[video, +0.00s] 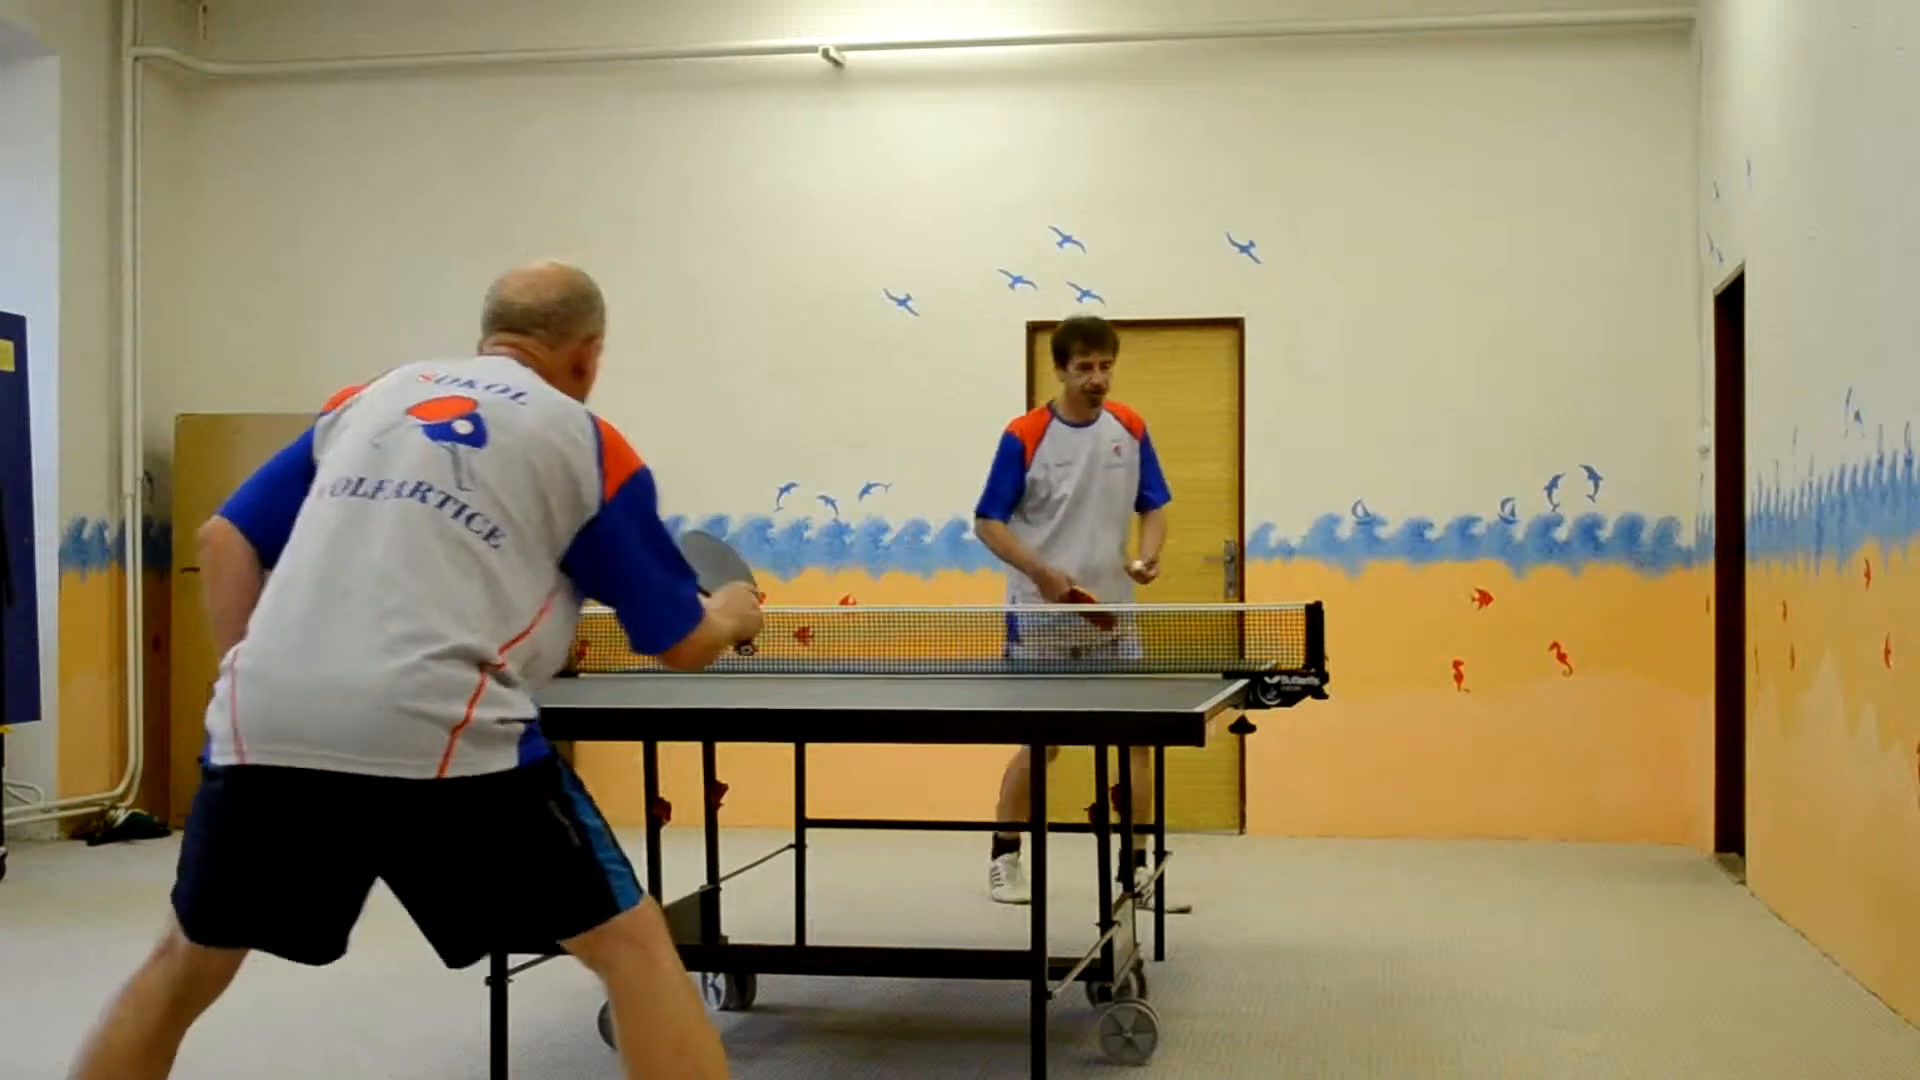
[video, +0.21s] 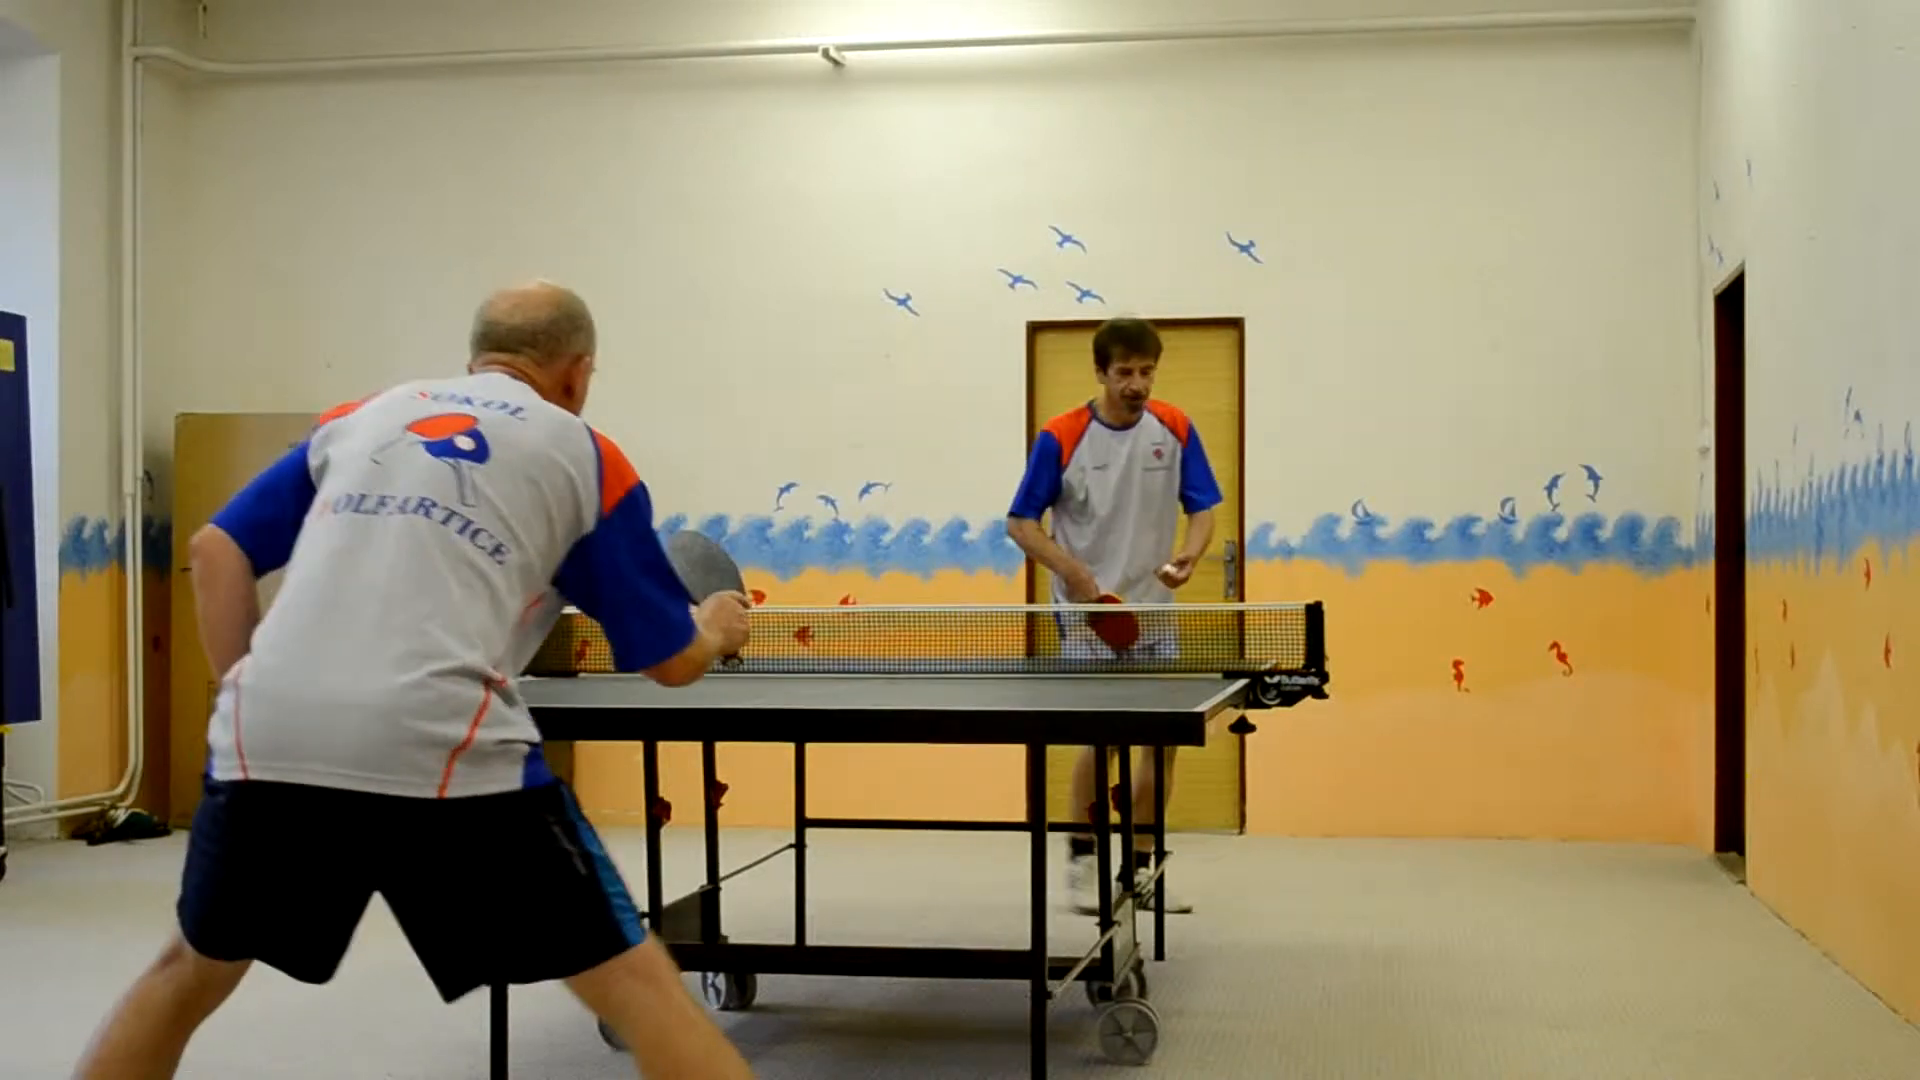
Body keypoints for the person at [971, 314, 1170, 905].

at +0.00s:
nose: (1096, 378)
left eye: (1104, 367)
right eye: (1085, 368)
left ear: (1114, 367)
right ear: (1060, 369)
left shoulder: (1129, 428)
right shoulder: (1024, 435)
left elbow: (1153, 505)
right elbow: (987, 522)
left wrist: (1147, 553)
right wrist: (1041, 573)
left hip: (1112, 616)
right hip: (1041, 616)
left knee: (1138, 737)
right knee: (1038, 741)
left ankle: (1132, 863)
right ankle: (1004, 858)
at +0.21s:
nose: (1136, 383)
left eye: (1145, 372)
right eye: (1125, 373)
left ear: (1156, 370)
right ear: (1101, 372)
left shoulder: (1175, 429)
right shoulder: (1061, 437)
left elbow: (1202, 507)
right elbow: (1021, 523)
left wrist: (1188, 556)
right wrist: (1074, 573)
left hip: (1153, 612)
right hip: (1084, 614)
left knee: (1159, 739)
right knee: (1097, 737)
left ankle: (1139, 867)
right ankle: (1083, 864)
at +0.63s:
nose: (1174, 422)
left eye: (1184, 409)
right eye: (1162, 410)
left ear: (1195, 404)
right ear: (1138, 404)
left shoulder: (1214, 444)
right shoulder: (1100, 459)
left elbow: (1245, 531)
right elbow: (1050, 548)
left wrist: (1228, 592)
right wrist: (1103, 610)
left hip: (1188, 624)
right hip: (1123, 629)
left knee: (1234, 724)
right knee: (1142, 747)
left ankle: (1181, 858)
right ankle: (1143, 884)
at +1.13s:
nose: (1191, 429)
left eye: (1200, 417)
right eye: (1179, 418)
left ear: (1209, 407)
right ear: (1151, 409)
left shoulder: (1221, 433)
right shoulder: (1123, 465)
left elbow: (1280, 495)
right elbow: (1123, 569)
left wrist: (1261, 525)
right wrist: (1205, 561)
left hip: (1191, 607)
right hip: (1129, 616)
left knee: (1255, 708)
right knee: (1159, 737)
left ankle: (1224, 825)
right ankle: (1149, 880)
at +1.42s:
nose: (1178, 411)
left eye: (1187, 399)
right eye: (1165, 400)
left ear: (1201, 396)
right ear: (1145, 400)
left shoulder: (1229, 439)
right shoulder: (1113, 458)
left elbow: (1304, 487)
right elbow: (1043, 519)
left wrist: (1321, 540)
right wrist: (1067, 552)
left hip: (1205, 625)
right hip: (1136, 627)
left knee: (1213, 753)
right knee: (1149, 751)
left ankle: (1188, 868)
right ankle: (1149, 880)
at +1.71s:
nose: (1160, 382)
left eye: (1170, 371)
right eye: (1150, 371)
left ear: (1187, 373)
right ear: (1133, 376)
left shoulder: (1221, 437)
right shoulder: (1101, 444)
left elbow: (1263, 515)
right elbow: (1040, 512)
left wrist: (1251, 579)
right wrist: (1039, 554)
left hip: (1204, 622)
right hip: (1124, 619)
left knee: (1208, 749)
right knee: (1109, 739)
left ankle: (1189, 866)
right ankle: (1104, 860)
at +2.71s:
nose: (1151, 446)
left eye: (1159, 431)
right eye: (1145, 437)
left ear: (1195, 427)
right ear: (1146, 443)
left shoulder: (1230, 468)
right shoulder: (1201, 488)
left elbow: (1288, 534)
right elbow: (1240, 567)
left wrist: (1254, 572)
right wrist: (1224, 647)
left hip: (1295, 656)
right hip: (1239, 660)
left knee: (1332, 794)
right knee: (1152, 760)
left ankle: (1392, 885)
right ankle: (1089, 876)